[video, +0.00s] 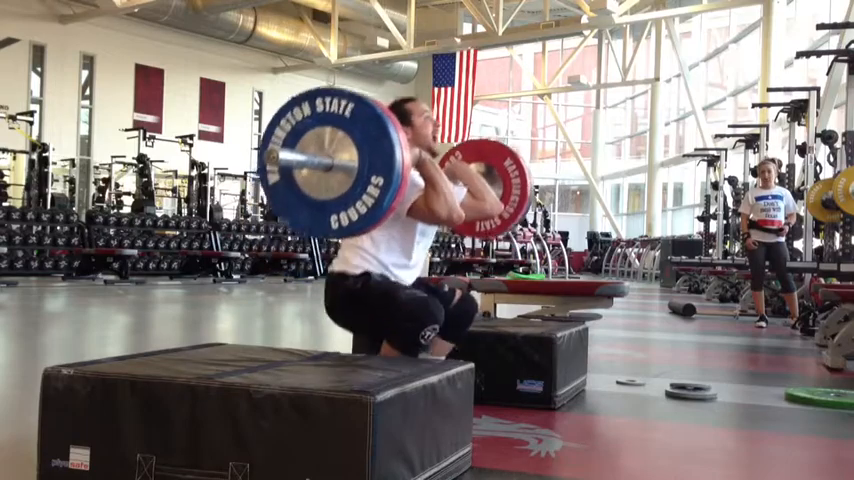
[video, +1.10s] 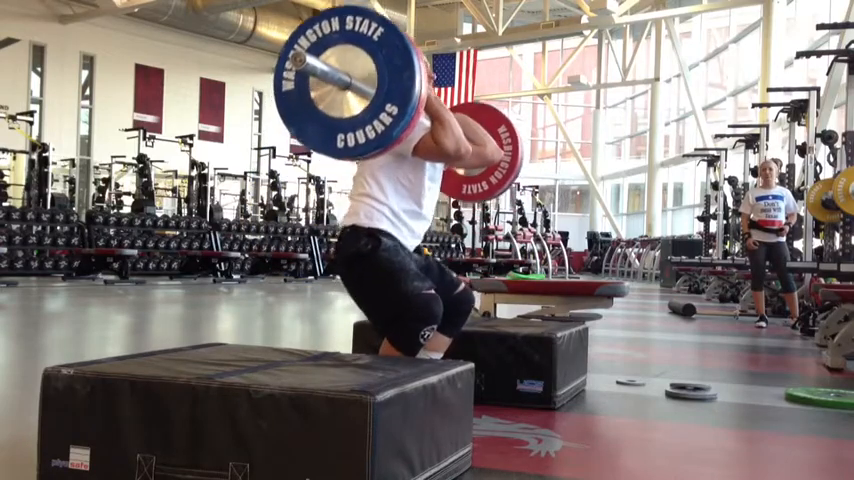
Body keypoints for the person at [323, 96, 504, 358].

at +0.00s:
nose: (436, 123)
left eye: (433, 118)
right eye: (426, 118)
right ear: (403, 131)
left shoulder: (426, 179)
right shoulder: (390, 169)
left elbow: (491, 207)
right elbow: (445, 213)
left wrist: (462, 170)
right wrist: (423, 160)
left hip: (399, 283)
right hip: (353, 283)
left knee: (462, 306)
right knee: (423, 313)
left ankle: (420, 388)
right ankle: (377, 390)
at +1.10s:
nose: (425, 82)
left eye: (426, 76)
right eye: (416, 75)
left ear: (429, 82)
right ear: (399, 81)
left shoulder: (426, 130)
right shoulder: (393, 119)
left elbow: (492, 152)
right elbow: (454, 149)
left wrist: (445, 112)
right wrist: (429, 98)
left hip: (400, 248)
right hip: (366, 242)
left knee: (459, 299)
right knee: (419, 309)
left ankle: (414, 389)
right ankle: (377, 396)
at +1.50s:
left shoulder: (438, 92)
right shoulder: (398, 76)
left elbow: (498, 103)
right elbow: (460, 92)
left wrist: (454, 69)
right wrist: (430, 48)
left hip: (438, 214)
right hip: (403, 207)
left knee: (457, 297)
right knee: (415, 303)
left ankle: (418, 383)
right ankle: (378, 393)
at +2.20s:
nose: (430, 10)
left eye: (431, 5)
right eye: (424, 3)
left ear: (431, 12)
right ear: (404, 7)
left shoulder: (430, 59)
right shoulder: (388, 44)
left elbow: (451, 121)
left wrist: (470, 85)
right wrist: (434, 67)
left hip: (415, 193)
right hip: (378, 186)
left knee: (411, 296)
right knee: (378, 296)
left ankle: (412, 382)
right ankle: (370, 389)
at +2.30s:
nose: (430, 15)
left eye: (432, 10)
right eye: (426, 7)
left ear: (424, 12)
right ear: (407, 4)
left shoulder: (410, 47)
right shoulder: (371, 36)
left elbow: (403, 98)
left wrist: (439, 87)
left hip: (401, 188)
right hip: (367, 186)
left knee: (414, 276)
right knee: (371, 294)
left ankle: (391, 373)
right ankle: (370, 386)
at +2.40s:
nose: (415, 15)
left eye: (417, 9)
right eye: (408, 6)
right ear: (381, 7)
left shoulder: (399, 65)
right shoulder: (362, 52)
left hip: (396, 196)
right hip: (361, 194)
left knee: (403, 292)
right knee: (367, 299)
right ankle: (373, 386)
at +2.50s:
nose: (398, 24)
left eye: (402, 16)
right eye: (390, 14)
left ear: (403, 20)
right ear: (363, 13)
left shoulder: (381, 70)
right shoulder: (340, 58)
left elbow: (373, 136)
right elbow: (292, 113)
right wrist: (252, 160)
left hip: (375, 189)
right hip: (343, 186)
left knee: (370, 286)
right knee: (358, 291)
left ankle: (323, 365)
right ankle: (373, 384)